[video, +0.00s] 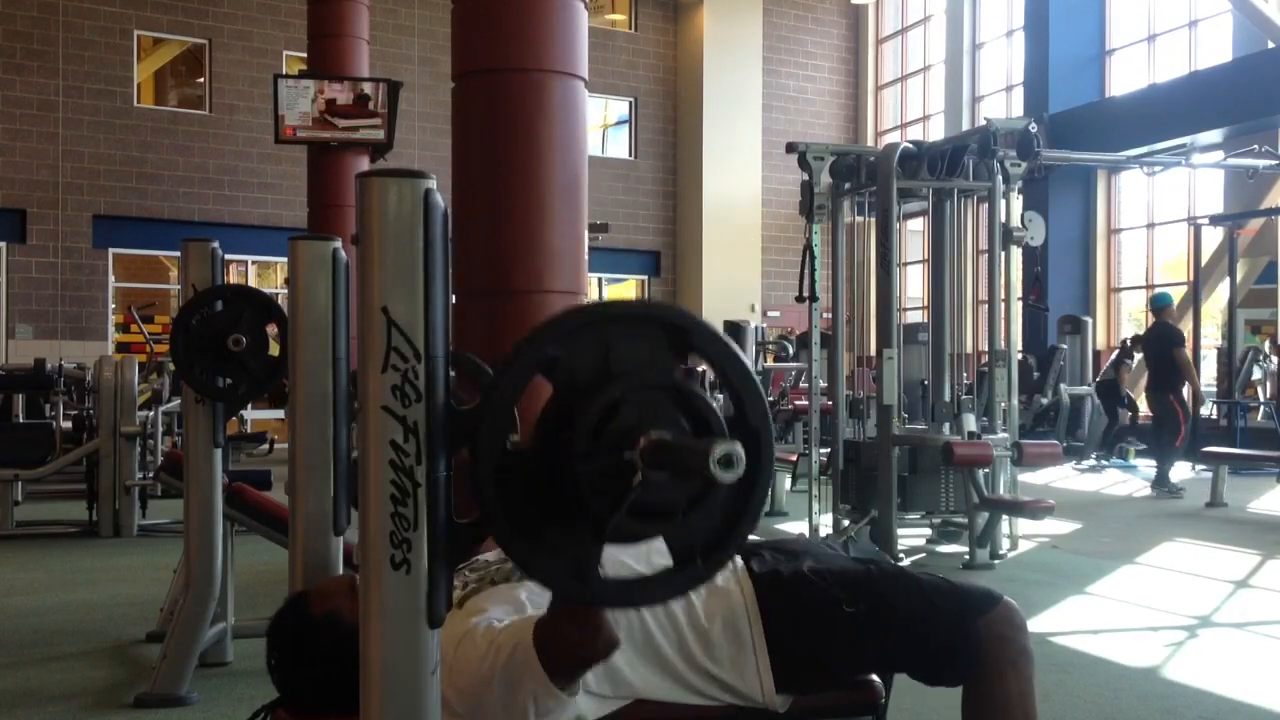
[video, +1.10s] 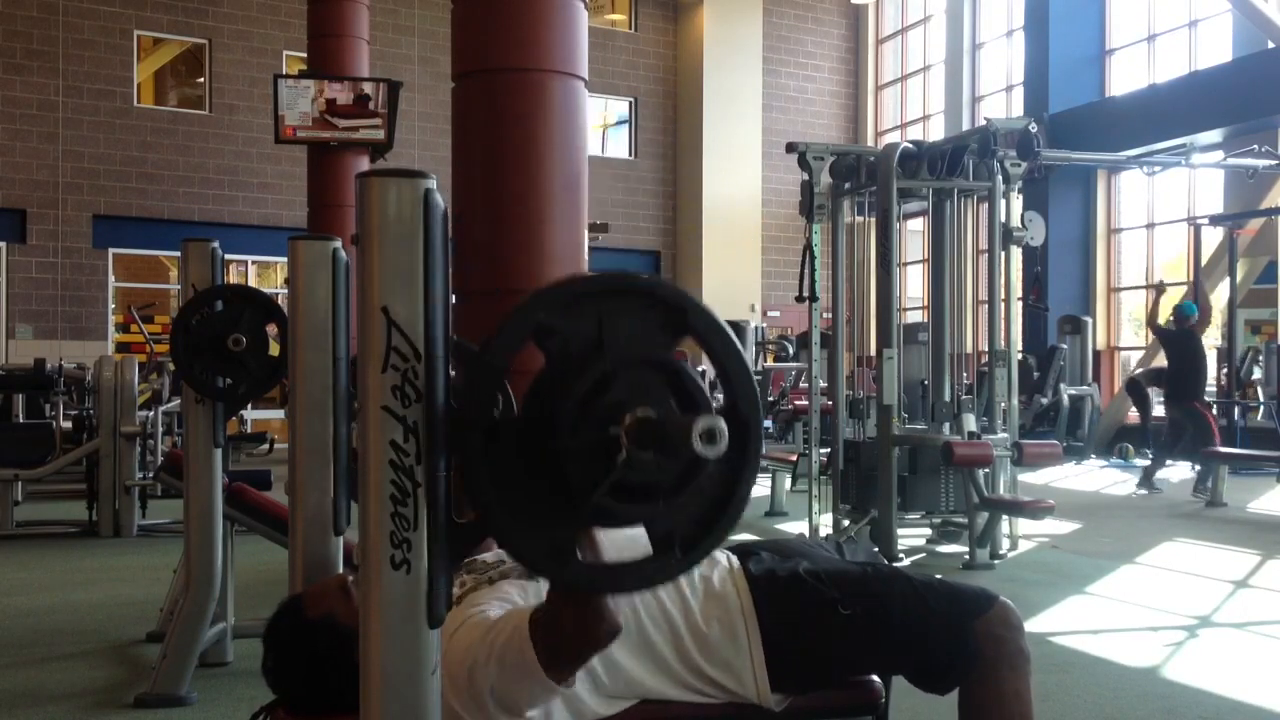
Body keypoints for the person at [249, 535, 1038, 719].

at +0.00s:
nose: (368, 583)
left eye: (355, 584)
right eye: (352, 598)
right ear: (357, 645)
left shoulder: (455, 625)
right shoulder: (450, 673)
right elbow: (575, 644)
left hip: (707, 590)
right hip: (732, 609)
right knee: (989, 625)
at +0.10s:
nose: (369, 578)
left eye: (356, 579)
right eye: (352, 594)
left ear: (372, 620)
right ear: (358, 648)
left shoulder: (450, 614)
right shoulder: (459, 676)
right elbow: (572, 606)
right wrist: (551, 479)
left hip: (731, 585)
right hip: (745, 610)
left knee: (855, 698)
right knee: (988, 624)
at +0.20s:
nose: (368, 571)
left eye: (353, 571)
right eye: (352, 589)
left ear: (343, 674)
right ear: (356, 655)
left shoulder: (443, 635)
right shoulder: (474, 684)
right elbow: (556, 562)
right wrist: (536, 429)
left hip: (734, 601)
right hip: (759, 609)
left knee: (855, 693)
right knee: (990, 624)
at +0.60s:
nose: (357, 572)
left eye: (338, 576)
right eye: (342, 590)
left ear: (344, 654)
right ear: (356, 639)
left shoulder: (454, 649)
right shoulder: (474, 662)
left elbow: (492, 495)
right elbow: (510, 482)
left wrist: (503, 351)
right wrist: (531, 312)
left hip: (717, 591)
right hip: (749, 613)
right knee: (987, 625)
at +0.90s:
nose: (355, 575)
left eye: (336, 580)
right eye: (338, 595)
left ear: (346, 659)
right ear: (355, 646)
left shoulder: (436, 627)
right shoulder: (475, 668)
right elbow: (549, 525)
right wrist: (523, 349)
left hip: (721, 593)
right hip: (741, 614)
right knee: (987, 627)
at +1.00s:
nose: (356, 566)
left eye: (338, 568)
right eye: (341, 585)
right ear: (345, 642)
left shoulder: (440, 608)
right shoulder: (457, 670)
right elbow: (568, 586)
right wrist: (539, 448)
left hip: (733, 588)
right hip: (748, 614)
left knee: (865, 689)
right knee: (985, 626)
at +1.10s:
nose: (361, 577)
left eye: (346, 578)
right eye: (346, 592)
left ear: (370, 590)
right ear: (351, 642)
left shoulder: (463, 599)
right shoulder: (453, 666)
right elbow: (580, 628)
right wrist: (555, 490)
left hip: (730, 583)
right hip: (740, 615)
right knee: (986, 627)